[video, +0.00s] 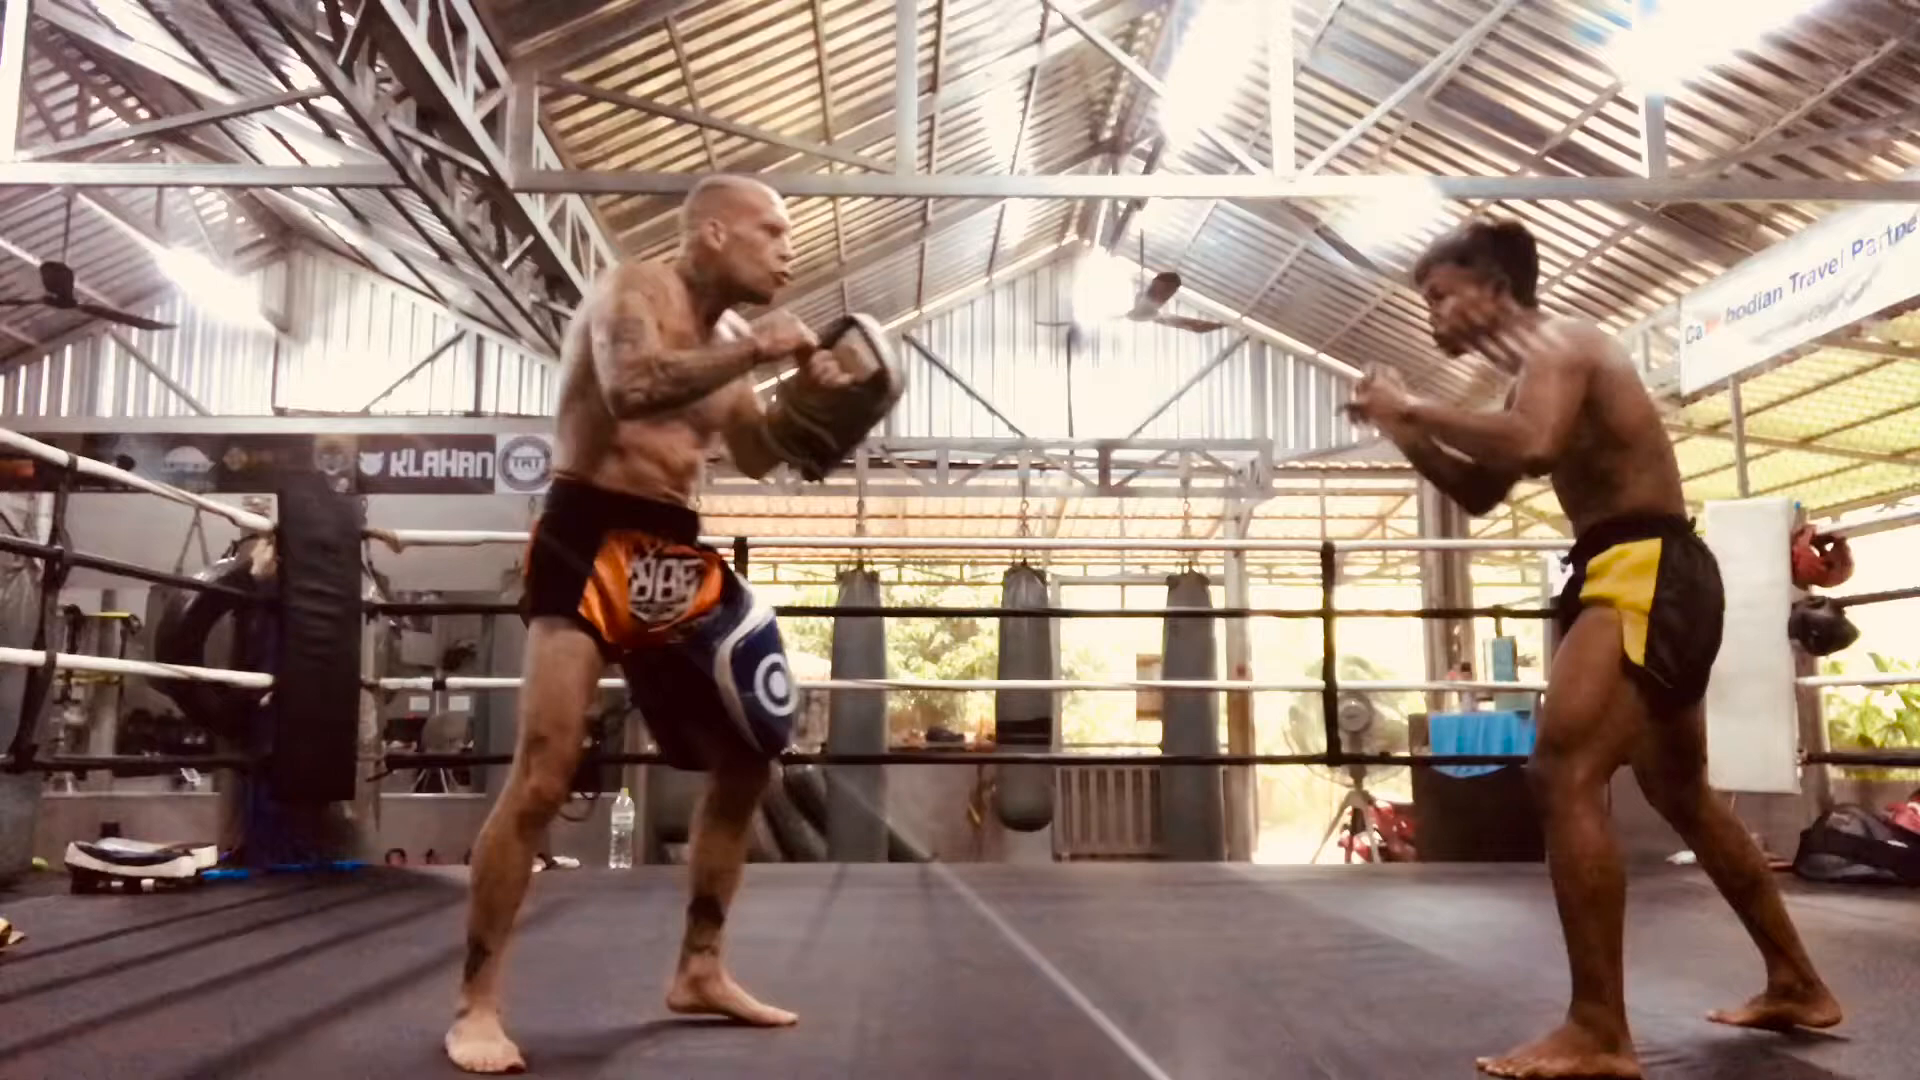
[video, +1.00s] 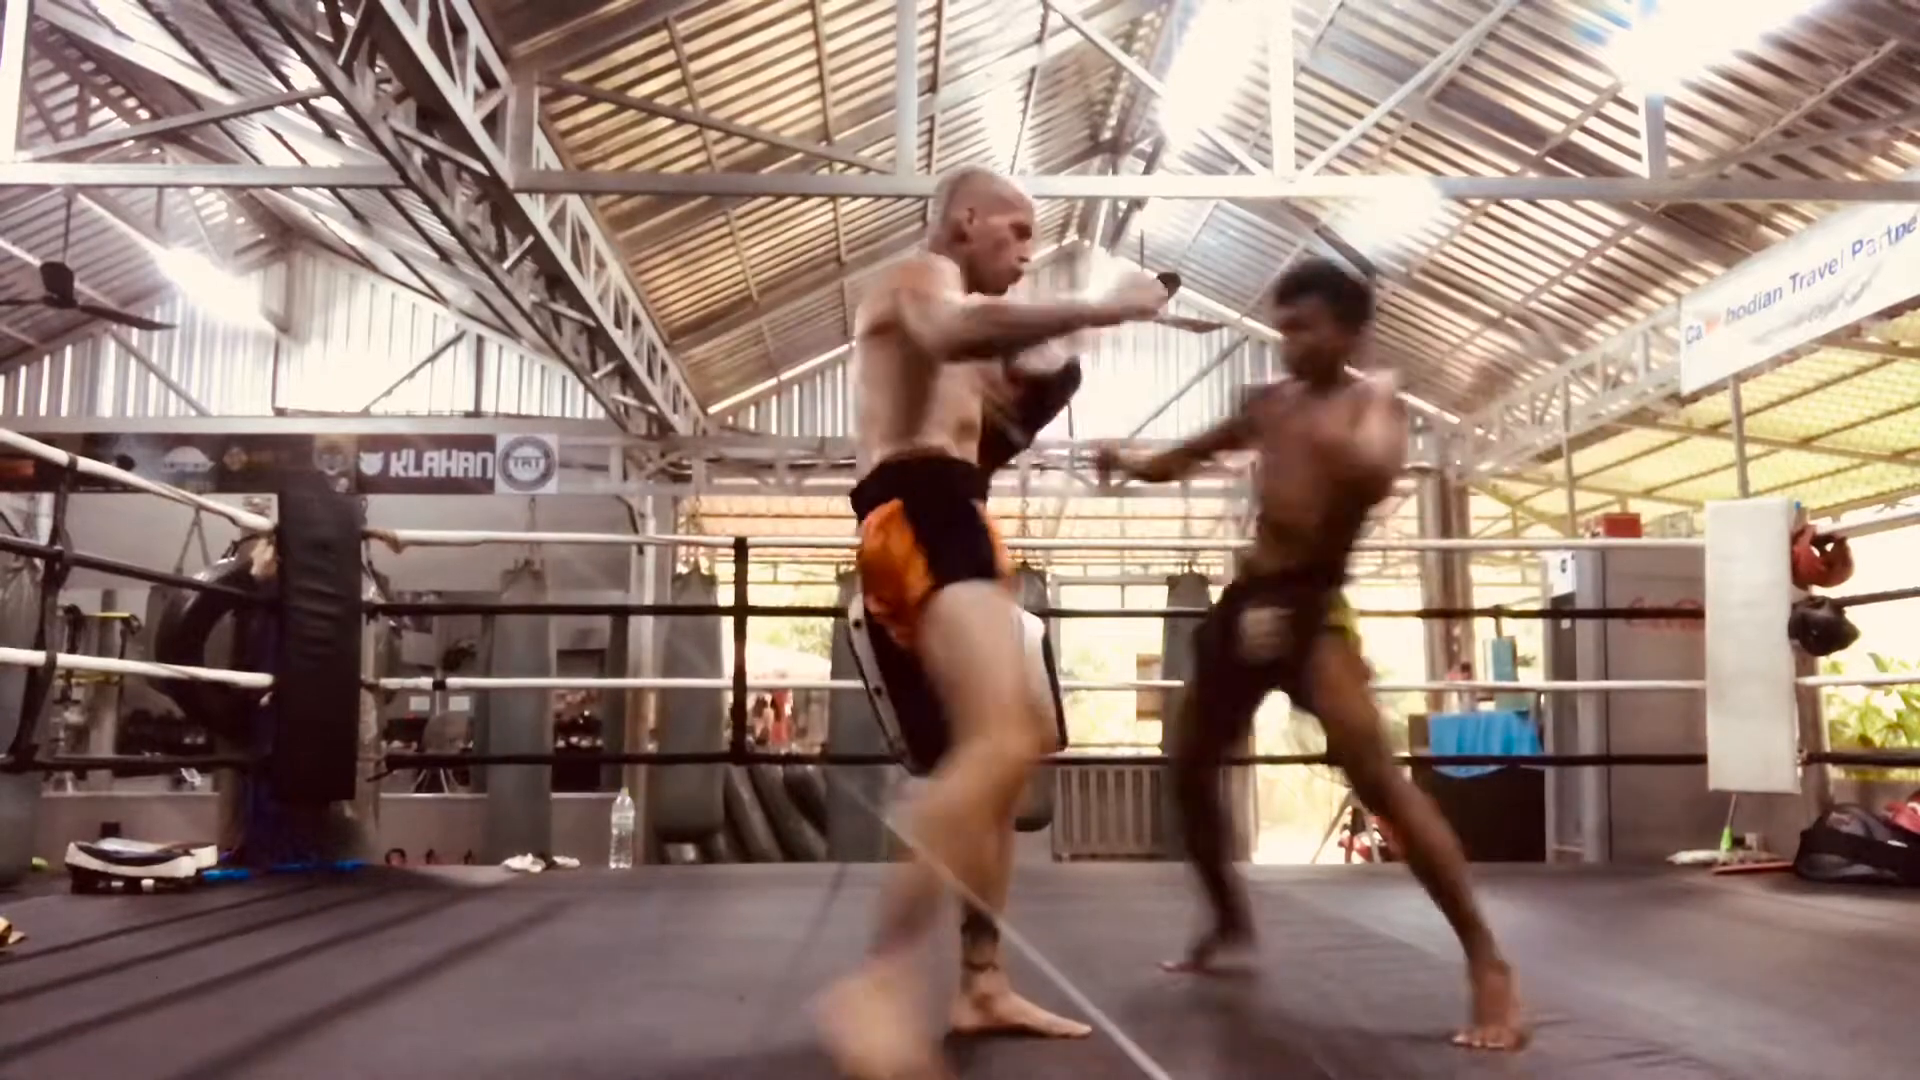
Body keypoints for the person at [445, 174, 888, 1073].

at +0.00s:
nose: (785, 251)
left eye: (786, 236)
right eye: (771, 233)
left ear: (728, 236)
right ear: (713, 232)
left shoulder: (720, 336)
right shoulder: (634, 285)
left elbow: (758, 448)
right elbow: (633, 383)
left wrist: (820, 400)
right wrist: (759, 349)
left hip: (675, 545)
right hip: (587, 535)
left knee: (747, 753)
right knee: (543, 781)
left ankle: (701, 970)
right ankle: (478, 1006)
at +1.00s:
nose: (1026, 248)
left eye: (1030, 236)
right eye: (1015, 230)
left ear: (985, 229)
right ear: (965, 221)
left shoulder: (964, 318)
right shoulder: (923, 272)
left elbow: (963, 451)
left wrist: (1027, 407)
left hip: (936, 513)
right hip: (918, 502)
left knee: (1011, 745)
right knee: (1004, 733)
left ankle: (984, 983)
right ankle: (880, 983)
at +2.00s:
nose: (1162, 252)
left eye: (1155, 240)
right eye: (1158, 240)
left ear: (1082, 244)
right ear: (1144, 237)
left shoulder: (1028, 326)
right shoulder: (1149, 289)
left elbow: (946, 432)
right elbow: (1196, 411)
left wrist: (1007, 500)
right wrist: (1184, 478)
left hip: (1016, 533)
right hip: (1091, 520)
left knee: (1080, 788)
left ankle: (1077, 1006)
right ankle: (921, 942)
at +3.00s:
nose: (1285, 291)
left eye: (1291, 268)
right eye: (1279, 274)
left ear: (1338, 252)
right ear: (1342, 255)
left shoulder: (1415, 299)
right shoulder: (1430, 307)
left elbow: (1505, 395)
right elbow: (1456, 424)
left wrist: (1396, 442)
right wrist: (1372, 464)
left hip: (1501, 530)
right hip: (1535, 528)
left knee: (1462, 770)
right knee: (1532, 772)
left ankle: (1500, 1026)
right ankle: (1619, 974)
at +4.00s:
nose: (1368, 305)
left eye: (1376, 284)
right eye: (1364, 289)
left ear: (1428, 268)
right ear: (1433, 268)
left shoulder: (1473, 309)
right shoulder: (1519, 324)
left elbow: (1507, 397)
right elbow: (1489, 469)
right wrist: (1391, 477)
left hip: (1531, 550)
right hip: (1581, 551)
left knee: (1443, 759)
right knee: (1605, 786)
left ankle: (1488, 1008)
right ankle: (1680, 992)